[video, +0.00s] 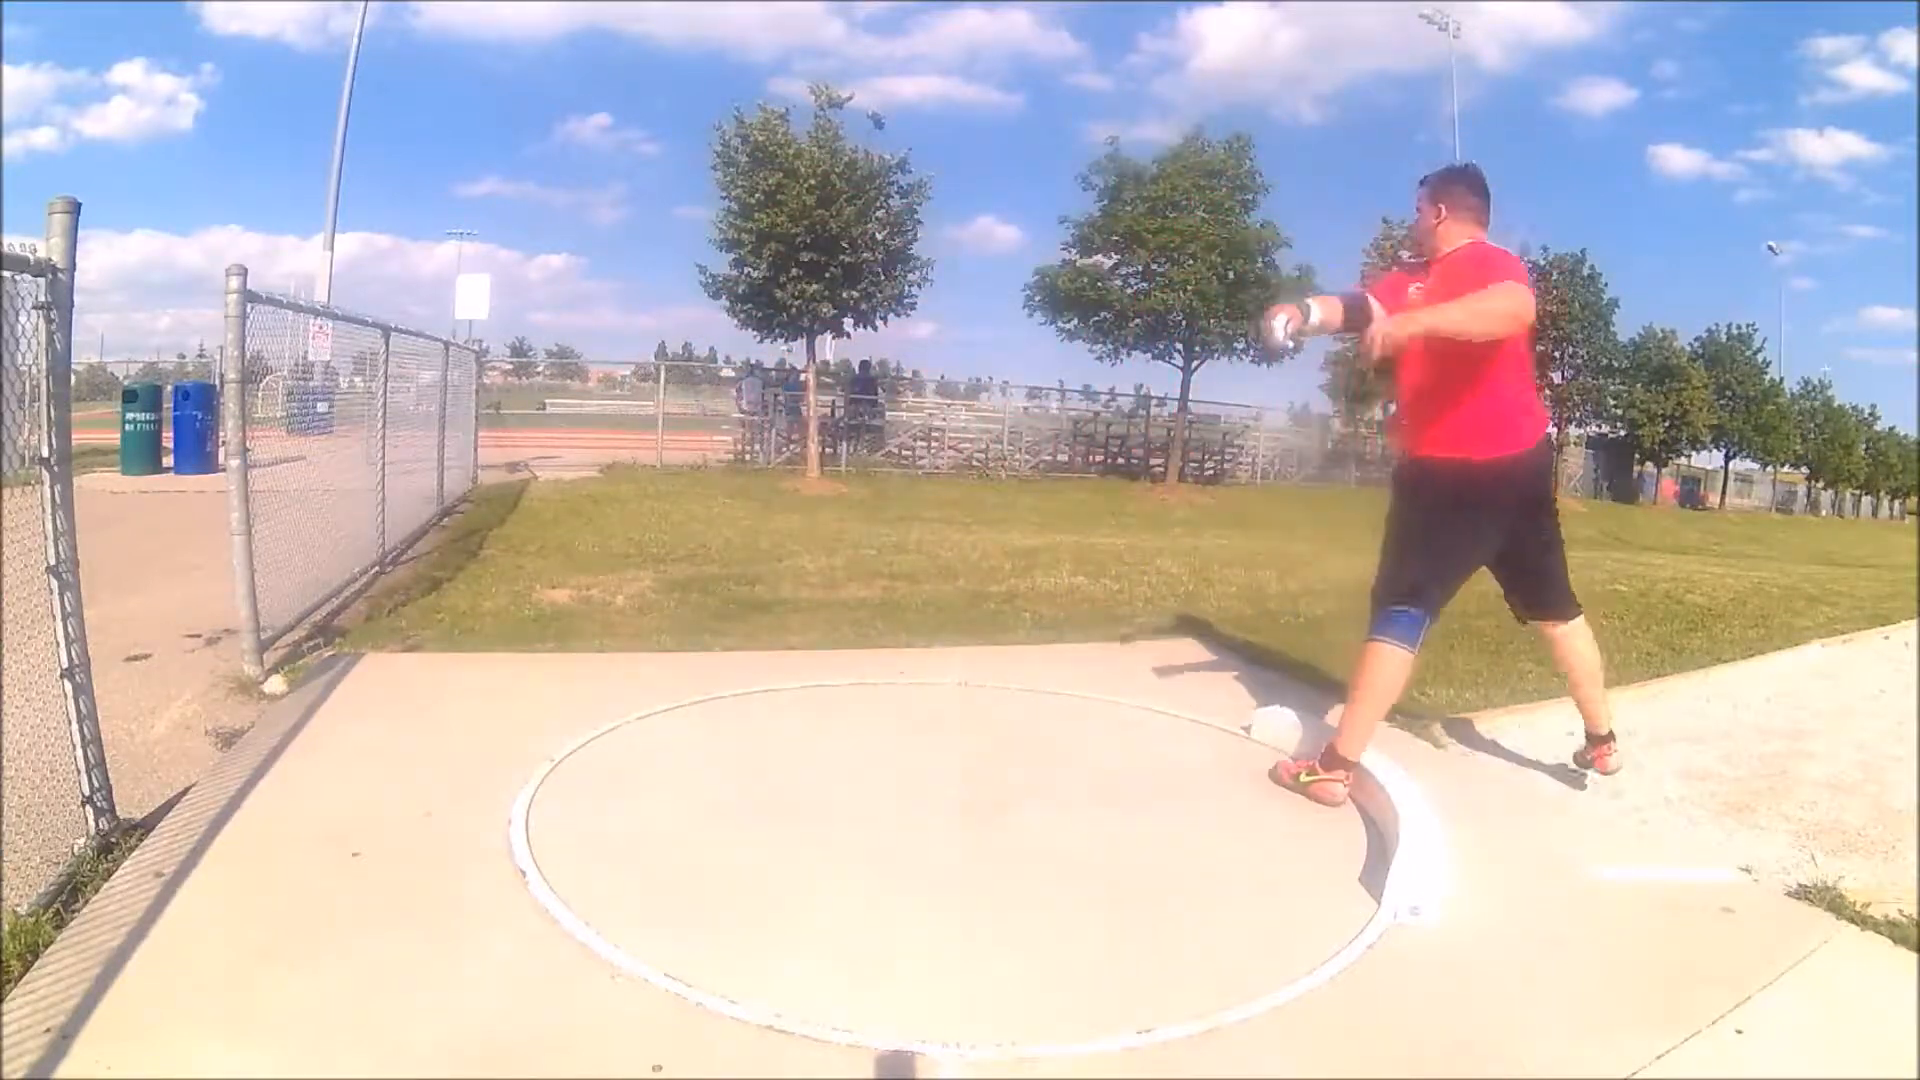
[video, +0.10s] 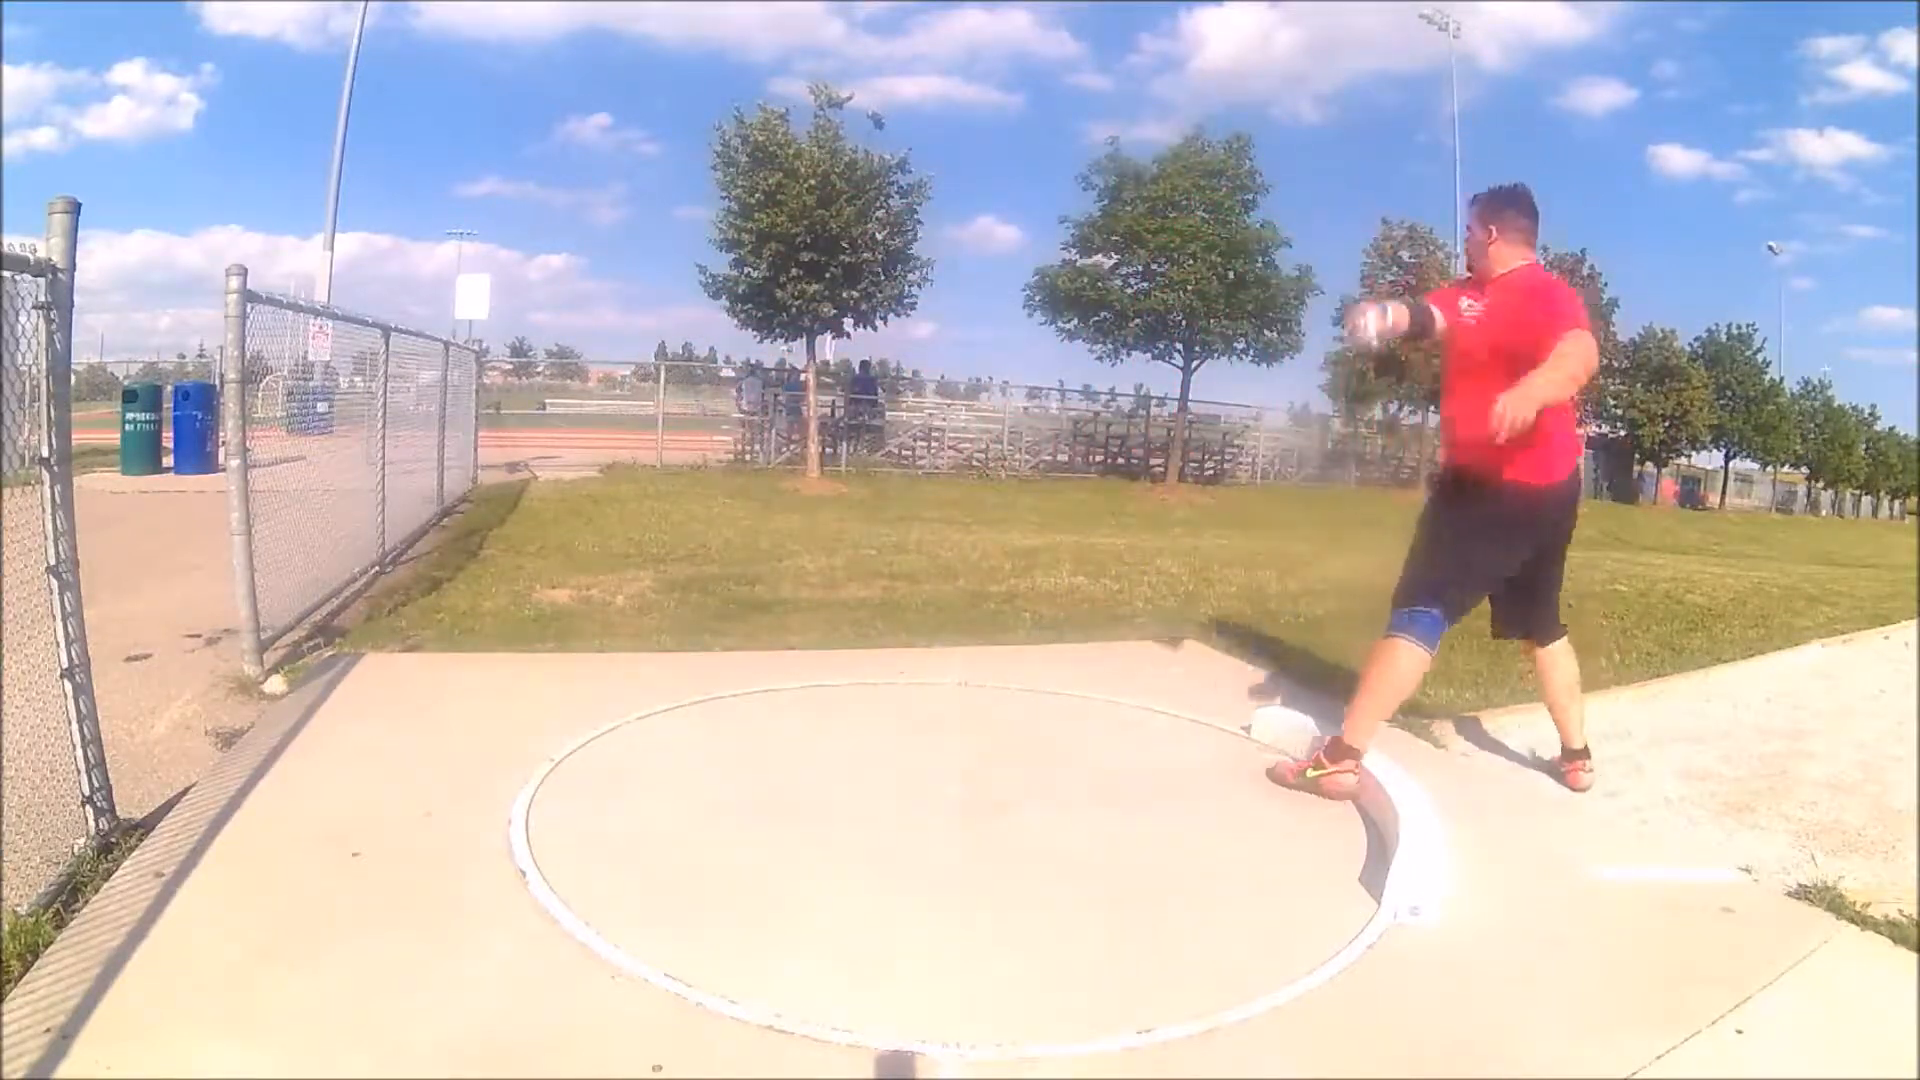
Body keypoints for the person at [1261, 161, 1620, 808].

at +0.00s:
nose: (1413, 223)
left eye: (1419, 212)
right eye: (1417, 213)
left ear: (1440, 211)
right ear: (1475, 214)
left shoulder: (1489, 260)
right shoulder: (1412, 280)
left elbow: (1518, 308)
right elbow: (1355, 307)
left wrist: (1415, 323)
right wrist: (1306, 312)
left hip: (1447, 472)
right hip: (1522, 468)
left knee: (1401, 614)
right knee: (1555, 605)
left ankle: (1337, 766)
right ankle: (1604, 740)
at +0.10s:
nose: (1465, 243)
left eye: (1470, 233)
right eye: (1467, 234)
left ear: (1490, 232)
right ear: (1524, 234)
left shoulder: (1550, 293)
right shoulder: (1465, 294)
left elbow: (1579, 353)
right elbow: (1423, 316)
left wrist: (1533, 391)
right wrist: (1386, 318)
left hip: (1486, 485)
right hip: (1550, 491)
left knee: (1419, 614)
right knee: (1542, 621)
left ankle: (1342, 757)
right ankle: (1577, 756)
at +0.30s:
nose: (1539, 238)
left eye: (1542, 228)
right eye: (1544, 229)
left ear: (1553, 225)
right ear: (1597, 229)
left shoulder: (1591, 282)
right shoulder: (1549, 286)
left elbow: (1611, 375)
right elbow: (1492, 319)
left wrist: (1582, 475)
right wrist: (1452, 340)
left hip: (1524, 458)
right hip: (1586, 472)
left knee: (1434, 555)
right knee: (1565, 611)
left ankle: (1373, 682)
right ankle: (1580, 755)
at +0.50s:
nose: (1582, 239)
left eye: (1580, 229)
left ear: (1583, 226)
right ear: (1633, 232)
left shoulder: (1583, 269)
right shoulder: (1642, 288)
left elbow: (1563, 349)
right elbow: (1576, 362)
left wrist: (1500, 435)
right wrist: (1490, 374)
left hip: (1560, 449)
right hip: (1626, 466)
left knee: (1453, 508)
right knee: (1593, 608)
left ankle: (1416, 628)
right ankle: (1583, 757)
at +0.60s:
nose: (1626, 242)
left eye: (1604, 229)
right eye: (1639, 235)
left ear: (1592, 227)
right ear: (1644, 236)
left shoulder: (1574, 271)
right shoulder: (1663, 304)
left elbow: (1533, 341)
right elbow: (1659, 389)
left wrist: (1458, 412)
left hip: (1551, 451)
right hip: (1630, 470)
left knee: (1457, 513)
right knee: (1596, 608)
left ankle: (1439, 625)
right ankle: (1585, 757)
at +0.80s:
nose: (1643, 247)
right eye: (1649, 240)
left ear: (1598, 231)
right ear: (1650, 240)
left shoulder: (1566, 273)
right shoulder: (1674, 306)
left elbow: (1508, 342)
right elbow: (1715, 391)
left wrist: (1443, 390)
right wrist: (1733, 453)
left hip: (1547, 456)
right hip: (1629, 469)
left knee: (1479, 552)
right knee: (1606, 611)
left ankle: (1473, 675)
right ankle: (1586, 757)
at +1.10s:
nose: (1617, 240)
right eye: (1627, 233)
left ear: (1581, 227)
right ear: (1631, 234)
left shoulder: (1542, 273)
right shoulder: (1663, 297)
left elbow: (1491, 357)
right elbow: (1707, 382)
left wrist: (1480, 419)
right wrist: (1733, 469)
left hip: (1538, 463)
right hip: (1619, 471)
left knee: (1498, 592)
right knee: (1598, 609)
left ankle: (1494, 742)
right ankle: (1583, 757)